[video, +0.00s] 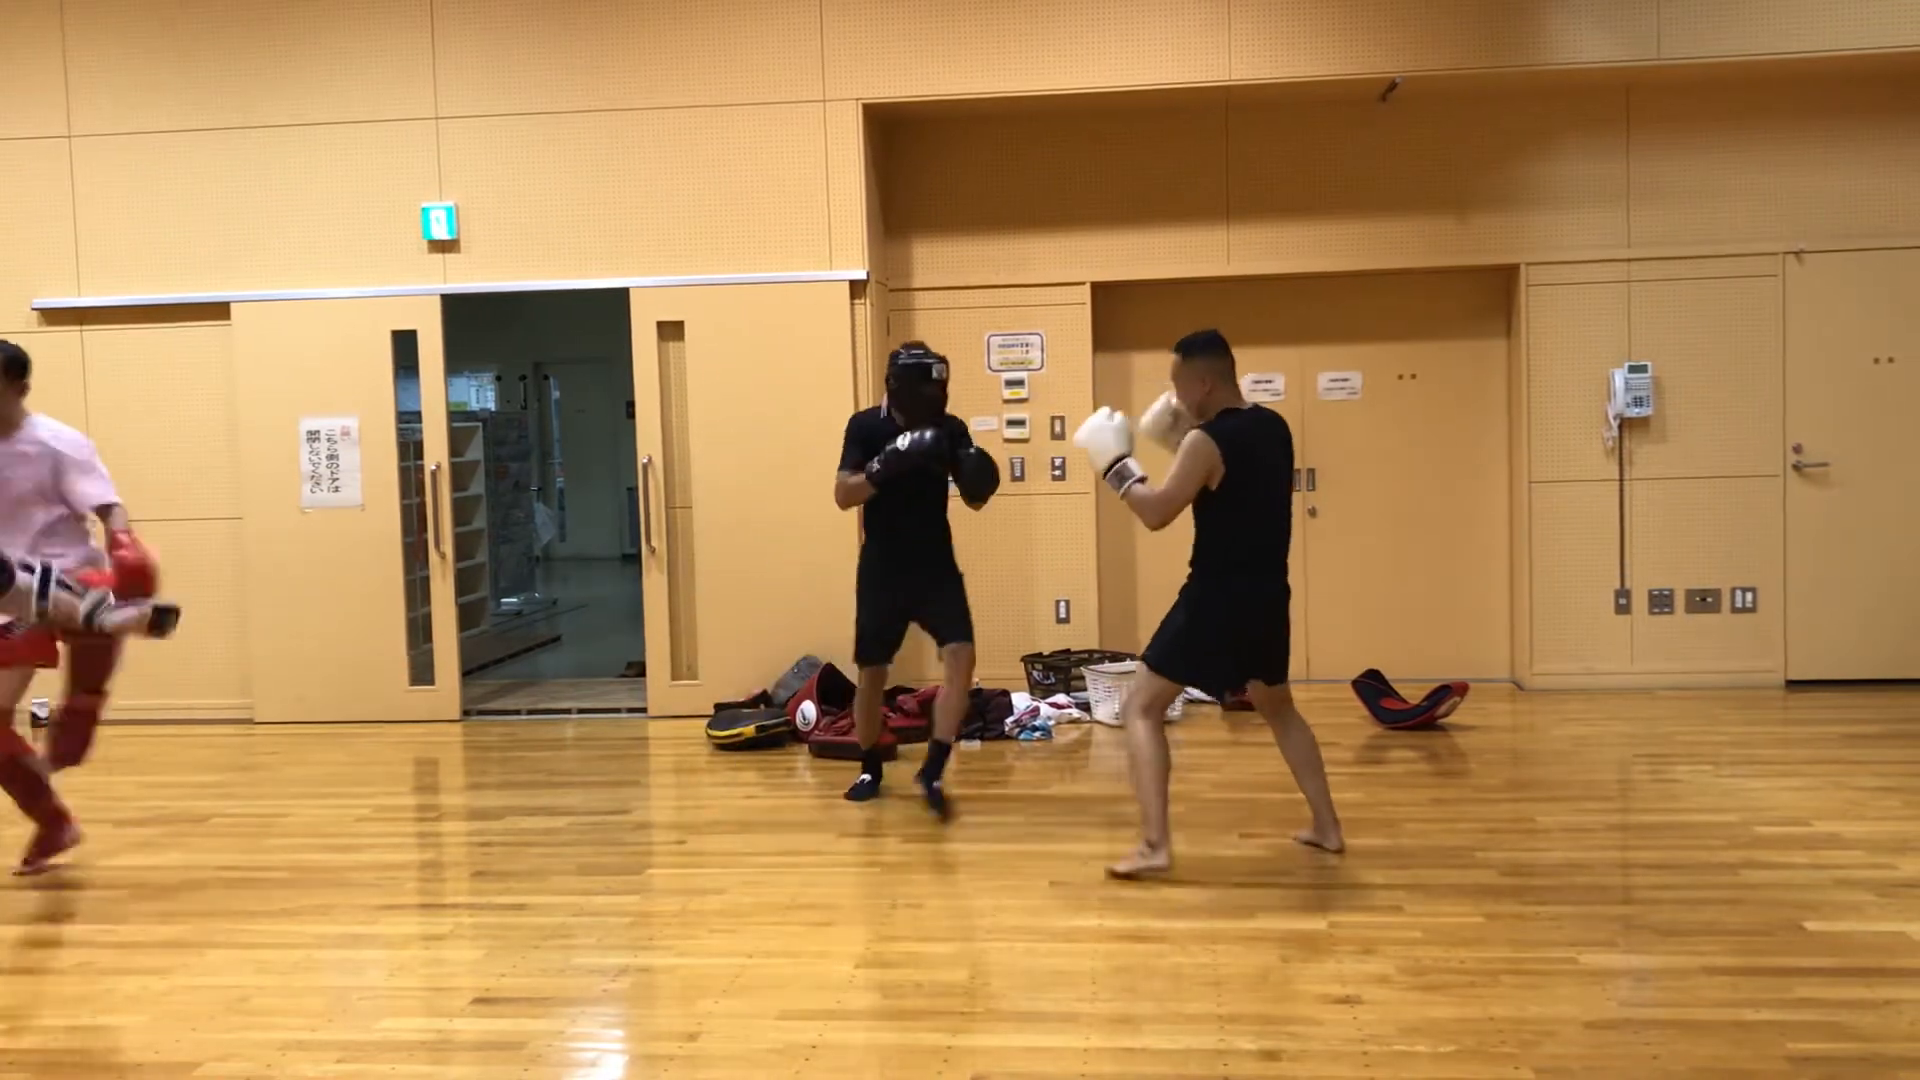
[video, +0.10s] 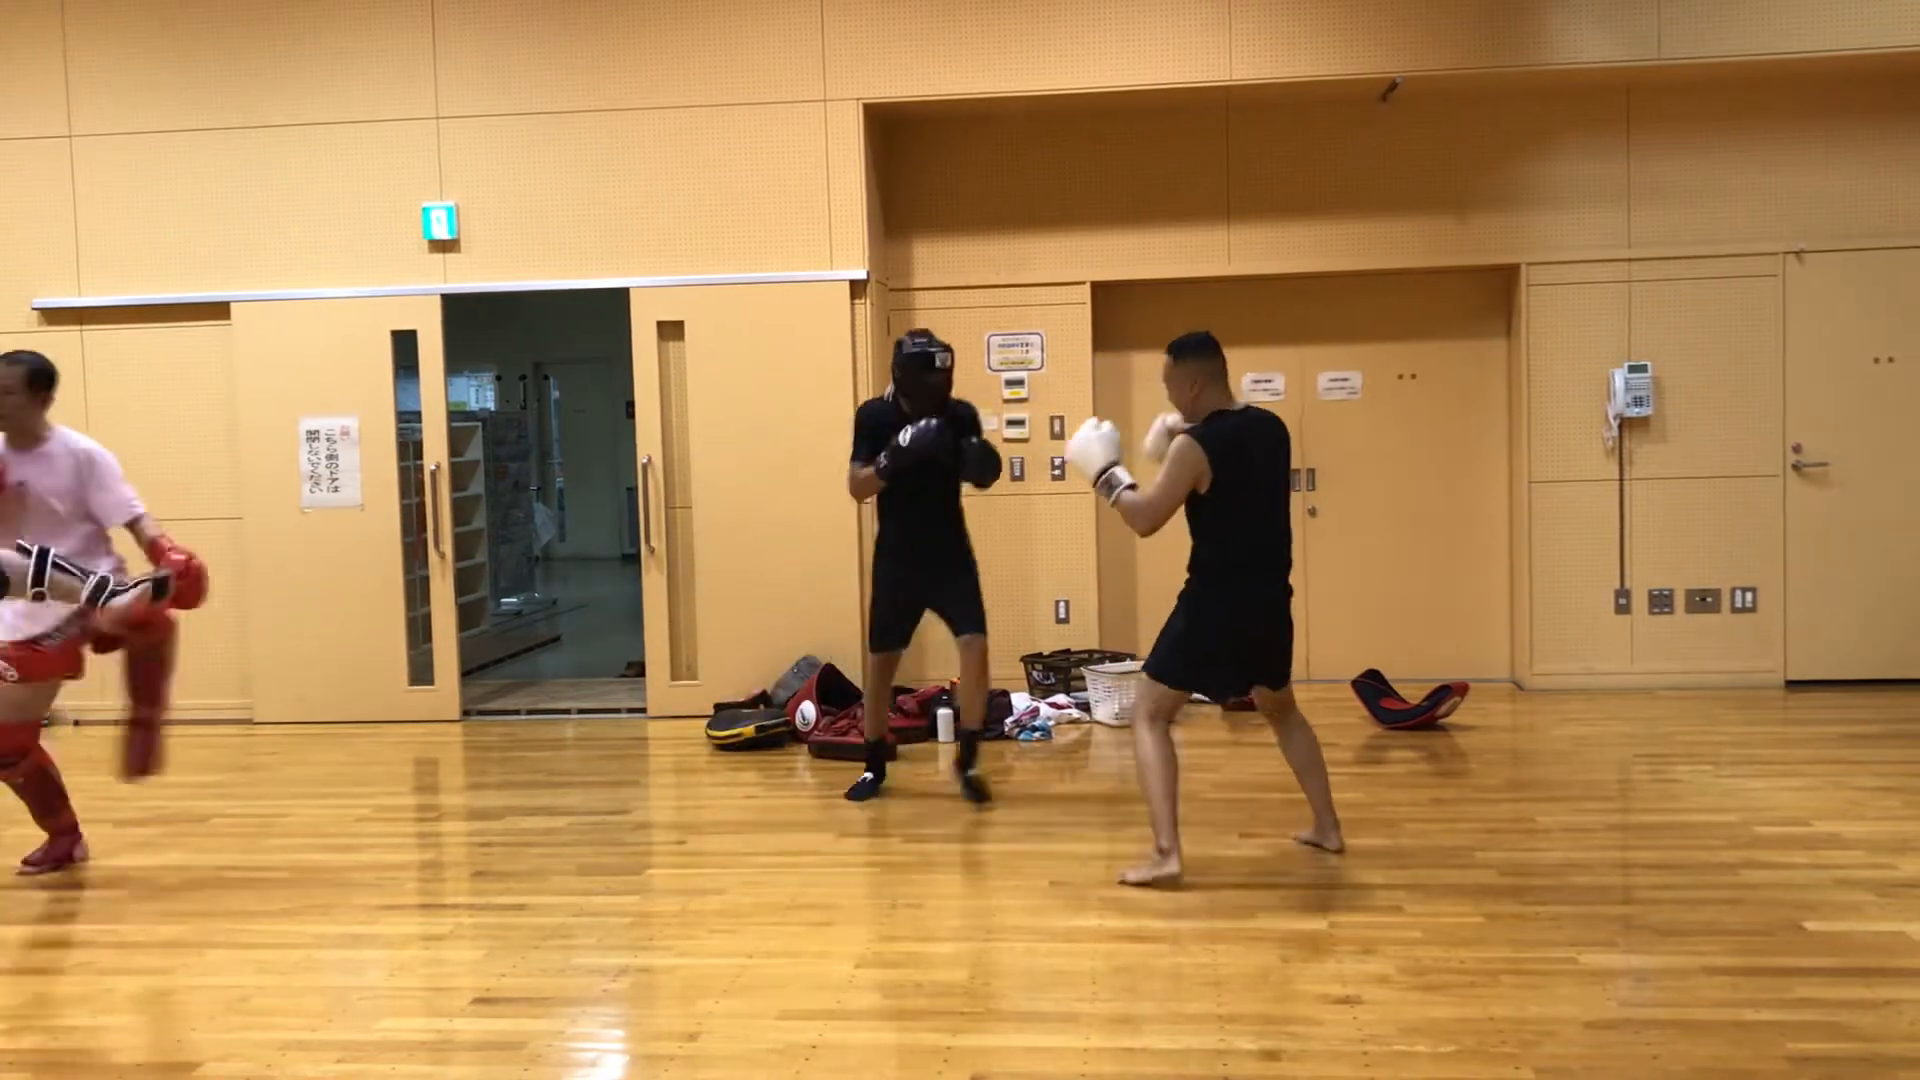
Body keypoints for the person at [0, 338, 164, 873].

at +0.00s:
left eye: (3, 388)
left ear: (20, 387)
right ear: (11, 387)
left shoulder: (57, 446)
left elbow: (107, 505)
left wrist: (122, 545)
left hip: (73, 587)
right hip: (15, 598)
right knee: (1, 725)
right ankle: (52, 822)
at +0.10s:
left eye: (8, 394)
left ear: (39, 397)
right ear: (9, 398)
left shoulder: (83, 458)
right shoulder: (5, 456)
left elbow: (133, 518)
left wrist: (167, 556)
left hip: (92, 603)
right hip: (22, 614)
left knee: (153, 622)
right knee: (11, 744)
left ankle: (143, 732)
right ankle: (64, 835)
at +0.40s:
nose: (118, 403)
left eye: (130, 394)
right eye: (115, 393)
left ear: (165, 400)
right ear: (112, 397)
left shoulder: (214, 459)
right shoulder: (107, 469)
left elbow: (256, 516)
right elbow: (75, 545)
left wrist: (275, 562)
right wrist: (92, 528)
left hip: (228, 618)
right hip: (150, 626)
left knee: (282, 714)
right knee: (102, 729)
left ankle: (320, 812)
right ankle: (69, 835)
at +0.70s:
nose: (192, 388)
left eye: (204, 379)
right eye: (190, 377)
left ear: (237, 384)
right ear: (190, 381)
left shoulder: (273, 438)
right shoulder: (182, 443)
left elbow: (302, 507)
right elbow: (149, 508)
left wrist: (257, 477)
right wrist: (135, 490)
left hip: (287, 593)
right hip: (220, 595)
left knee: (309, 706)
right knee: (191, 708)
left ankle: (325, 810)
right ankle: (240, 782)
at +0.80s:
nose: (195, 386)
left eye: (206, 376)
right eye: (192, 375)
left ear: (241, 381)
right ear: (190, 376)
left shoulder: (271, 431)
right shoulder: (185, 443)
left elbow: (293, 494)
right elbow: (149, 503)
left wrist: (252, 450)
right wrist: (132, 477)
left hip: (289, 587)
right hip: (226, 590)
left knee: (308, 704)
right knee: (201, 704)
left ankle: (325, 810)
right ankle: (251, 780)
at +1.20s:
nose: (160, 387)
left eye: (172, 378)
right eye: (156, 378)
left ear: (204, 384)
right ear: (155, 384)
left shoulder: (235, 438)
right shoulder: (162, 447)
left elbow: (277, 491)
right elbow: (135, 509)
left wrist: (233, 470)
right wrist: (112, 461)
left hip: (248, 594)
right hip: (195, 600)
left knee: (261, 702)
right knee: (204, 708)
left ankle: (307, 804)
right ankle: (232, 799)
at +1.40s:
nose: (143, 388)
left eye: (155, 379)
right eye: (138, 378)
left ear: (185, 385)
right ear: (133, 383)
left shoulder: (217, 439)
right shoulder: (138, 447)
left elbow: (274, 495)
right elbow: (102, 504)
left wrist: (247, 481)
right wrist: (87, 455)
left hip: (231, 592)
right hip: (178, 599)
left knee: (228, 704)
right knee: (199, 710)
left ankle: (254, 808)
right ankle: (229, 796)